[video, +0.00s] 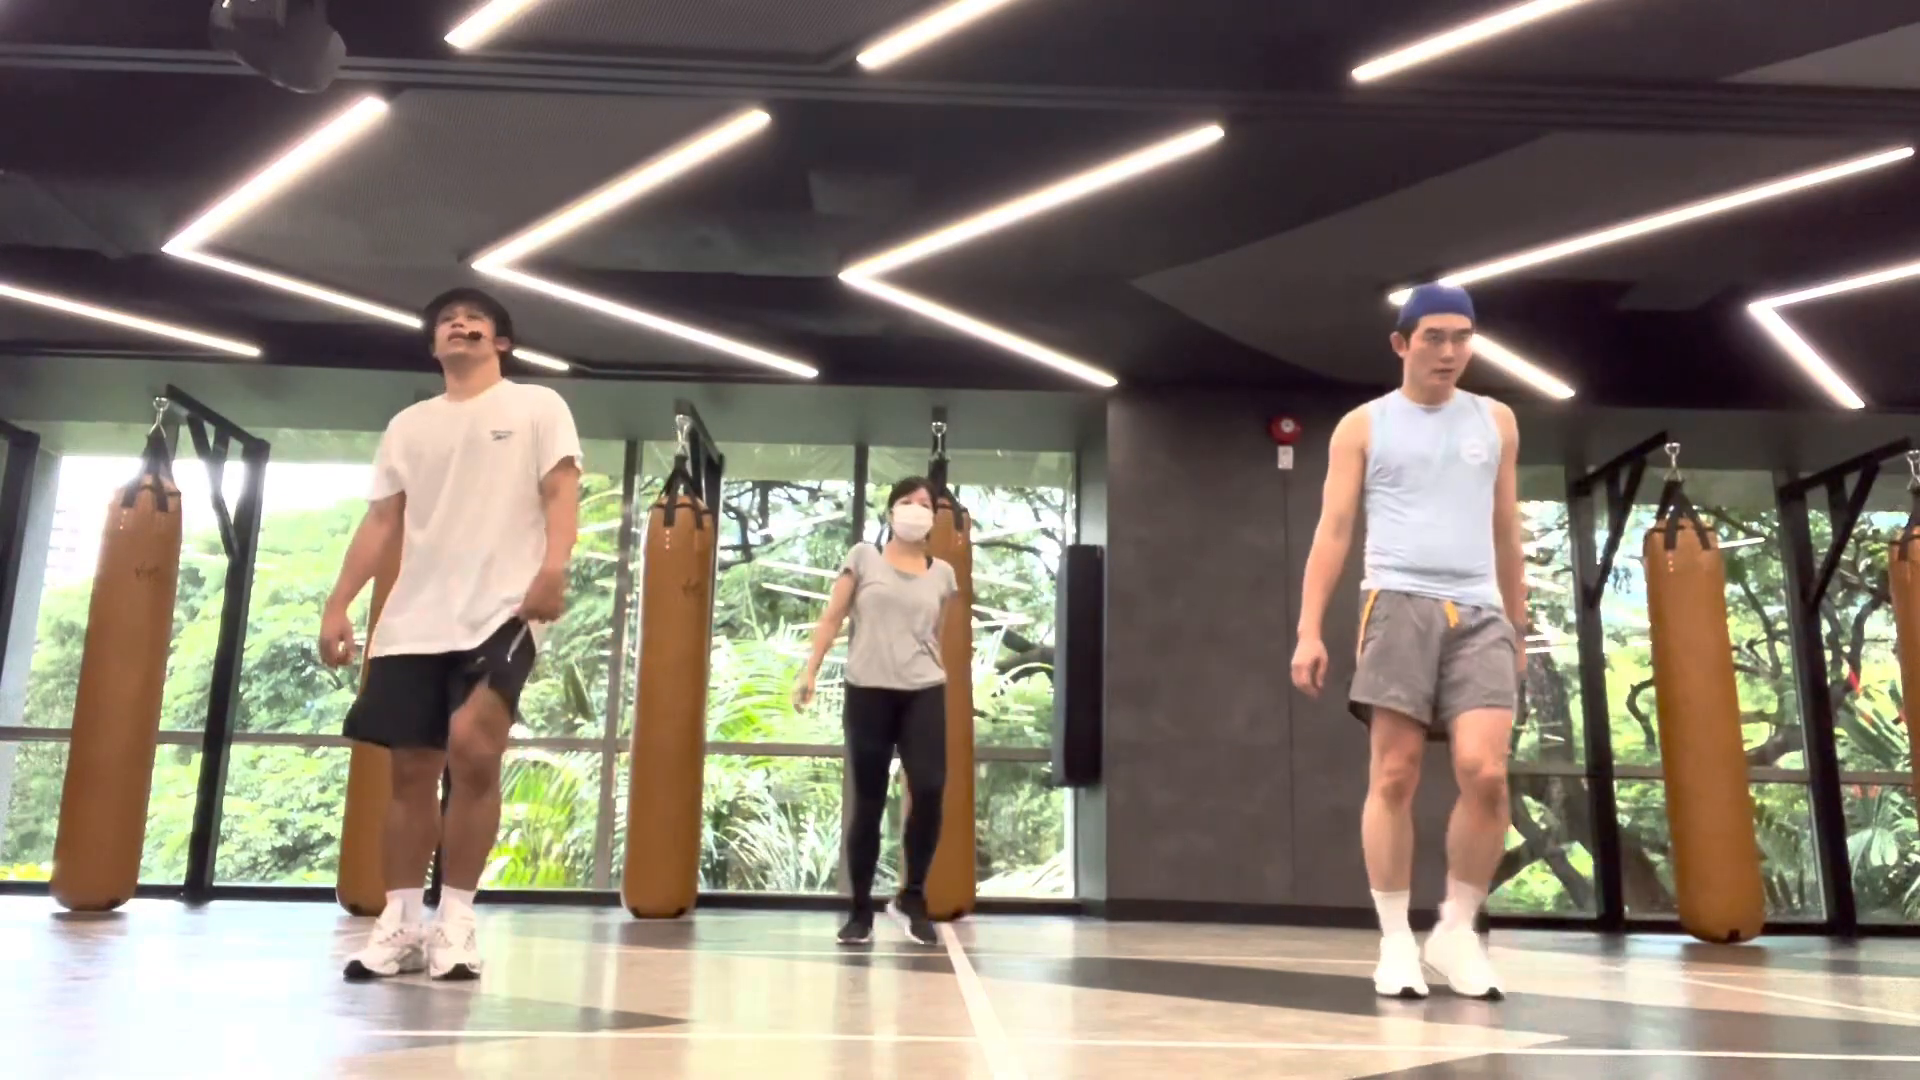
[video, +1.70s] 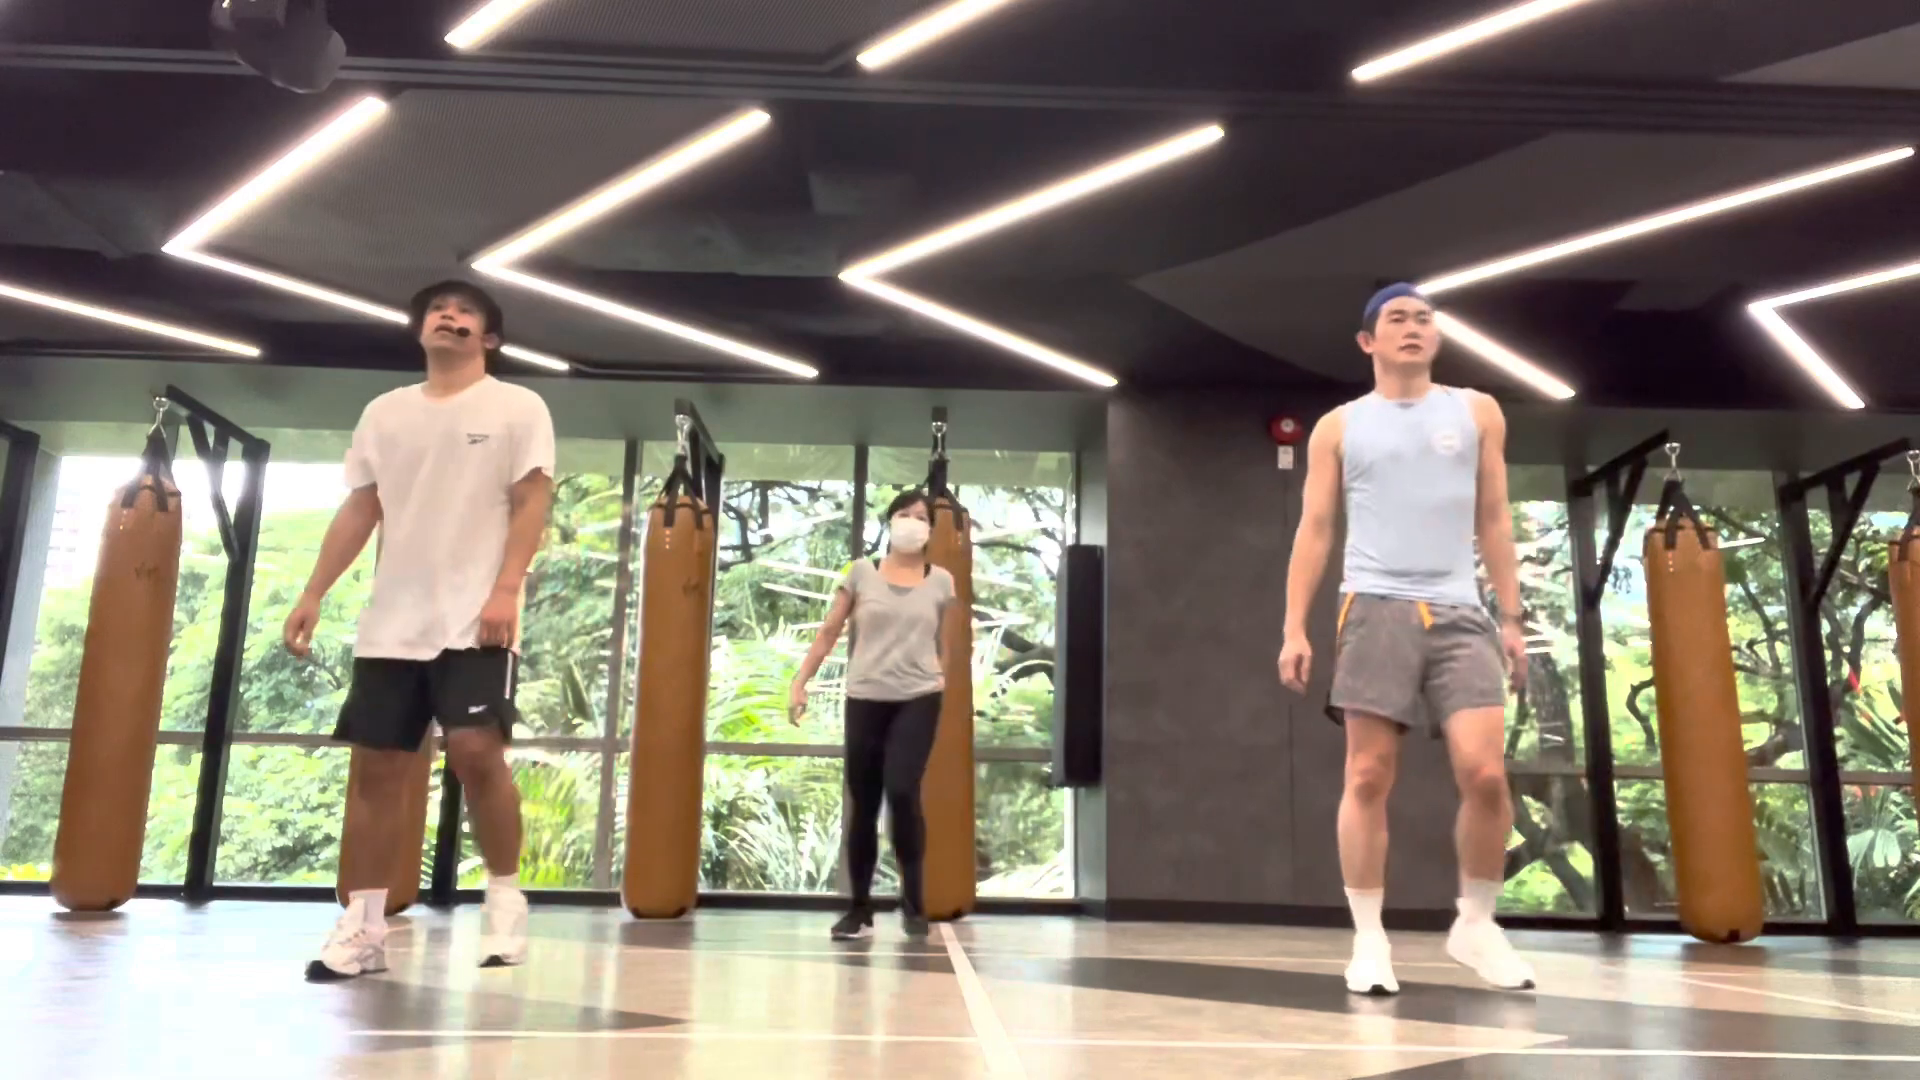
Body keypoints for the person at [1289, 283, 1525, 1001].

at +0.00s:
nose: (1448, 351)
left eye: (1459, 338)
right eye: (1434, 337)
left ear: (1472, 346)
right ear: (1401, 344)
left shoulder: (1496, 423)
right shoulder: (1361, 427)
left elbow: (1507, 537)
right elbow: (1333, 531)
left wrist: (1517, 626)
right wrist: (1309, 628)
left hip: (1482, 614)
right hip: (1397, 611)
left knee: (1486, 774)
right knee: (1394, 776)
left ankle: (1455, 934)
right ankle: (1396, 944)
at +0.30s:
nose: (1472, 324)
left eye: (1482, 317)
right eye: (1457, 312)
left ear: (1490, 340)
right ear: (1420, 330)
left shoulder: (1507, 422)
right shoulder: (1379, 415)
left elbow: (1500, 524)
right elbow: (1353, 521)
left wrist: (1497, 606)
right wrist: (1354, 621)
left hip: (1502, 611)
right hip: (1418, 612)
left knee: (1562, 760)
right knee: (1405, 774)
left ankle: (1547, 929)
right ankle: (1398, 944)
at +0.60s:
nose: (1525, 321)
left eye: (1533, 314)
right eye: (1506, 314)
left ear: (1545, 341)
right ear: (1474, 343)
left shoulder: (1575, 427)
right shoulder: (1450, 418)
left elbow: (1584, 534)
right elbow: (1418, 519)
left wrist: (1591, 618)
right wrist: (1429, 608)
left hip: (1572, 622)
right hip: (1491, 620)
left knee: (1594, 783)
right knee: (1455, 775)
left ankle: (1605, 956)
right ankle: (1409, 941)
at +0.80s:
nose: (1547, 323)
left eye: (1554, 318)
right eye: (1528, 319)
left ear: (1567, 346)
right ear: (1498, 350)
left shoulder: (1597, 434)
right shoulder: (1472, 417)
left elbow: (1637, 526)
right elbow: (1444, 520)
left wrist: (1676, 594)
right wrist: (1457, 616)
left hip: (1597, 620)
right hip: (1517, 618)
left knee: (1604, 780)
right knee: (1535, 771)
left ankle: (1605, 954)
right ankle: (1490, 924)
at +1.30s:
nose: (1504, 325)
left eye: (1513, 319)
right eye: (1486, 321)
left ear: (1530, 346)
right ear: (1458, 351)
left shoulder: (1572, 419)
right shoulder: (1430, 428)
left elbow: (1592, 511)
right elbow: (1414, 531)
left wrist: (1603, 527)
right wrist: (1400, 622)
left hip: (1555, 623)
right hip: (1463, 621)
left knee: (1585, 780)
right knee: (1424, 773)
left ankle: (1603, 956)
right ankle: (1379, 938)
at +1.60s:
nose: (1424, 325)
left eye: (1434, 317)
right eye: (1407, 319)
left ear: (1450, 340)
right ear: (1379, 345)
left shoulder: (1490, 412)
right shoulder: (1348, 428)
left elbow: (1510, 514)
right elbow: (1331, 531)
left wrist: (1527, 601)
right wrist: (1316, 626)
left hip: (1473, 618)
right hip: (1384, 617)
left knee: (1528, 773)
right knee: (1372, 777)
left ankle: (1547, 937)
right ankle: (1369, 943)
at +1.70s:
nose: (1413, 325)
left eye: (1423, 316)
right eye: (1397, 318)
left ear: (1439, 339)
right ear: (1368, 343)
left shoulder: (1477, 411)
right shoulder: (1337, 427)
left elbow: (1495, 521)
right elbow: (1314, 530)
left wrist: (1511, 617)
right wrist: (1295, 627)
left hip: (1463, 616)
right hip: (1375, 616)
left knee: (1488, 776)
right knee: (1368, 777)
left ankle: (1475, 926)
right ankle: (1369, 943)